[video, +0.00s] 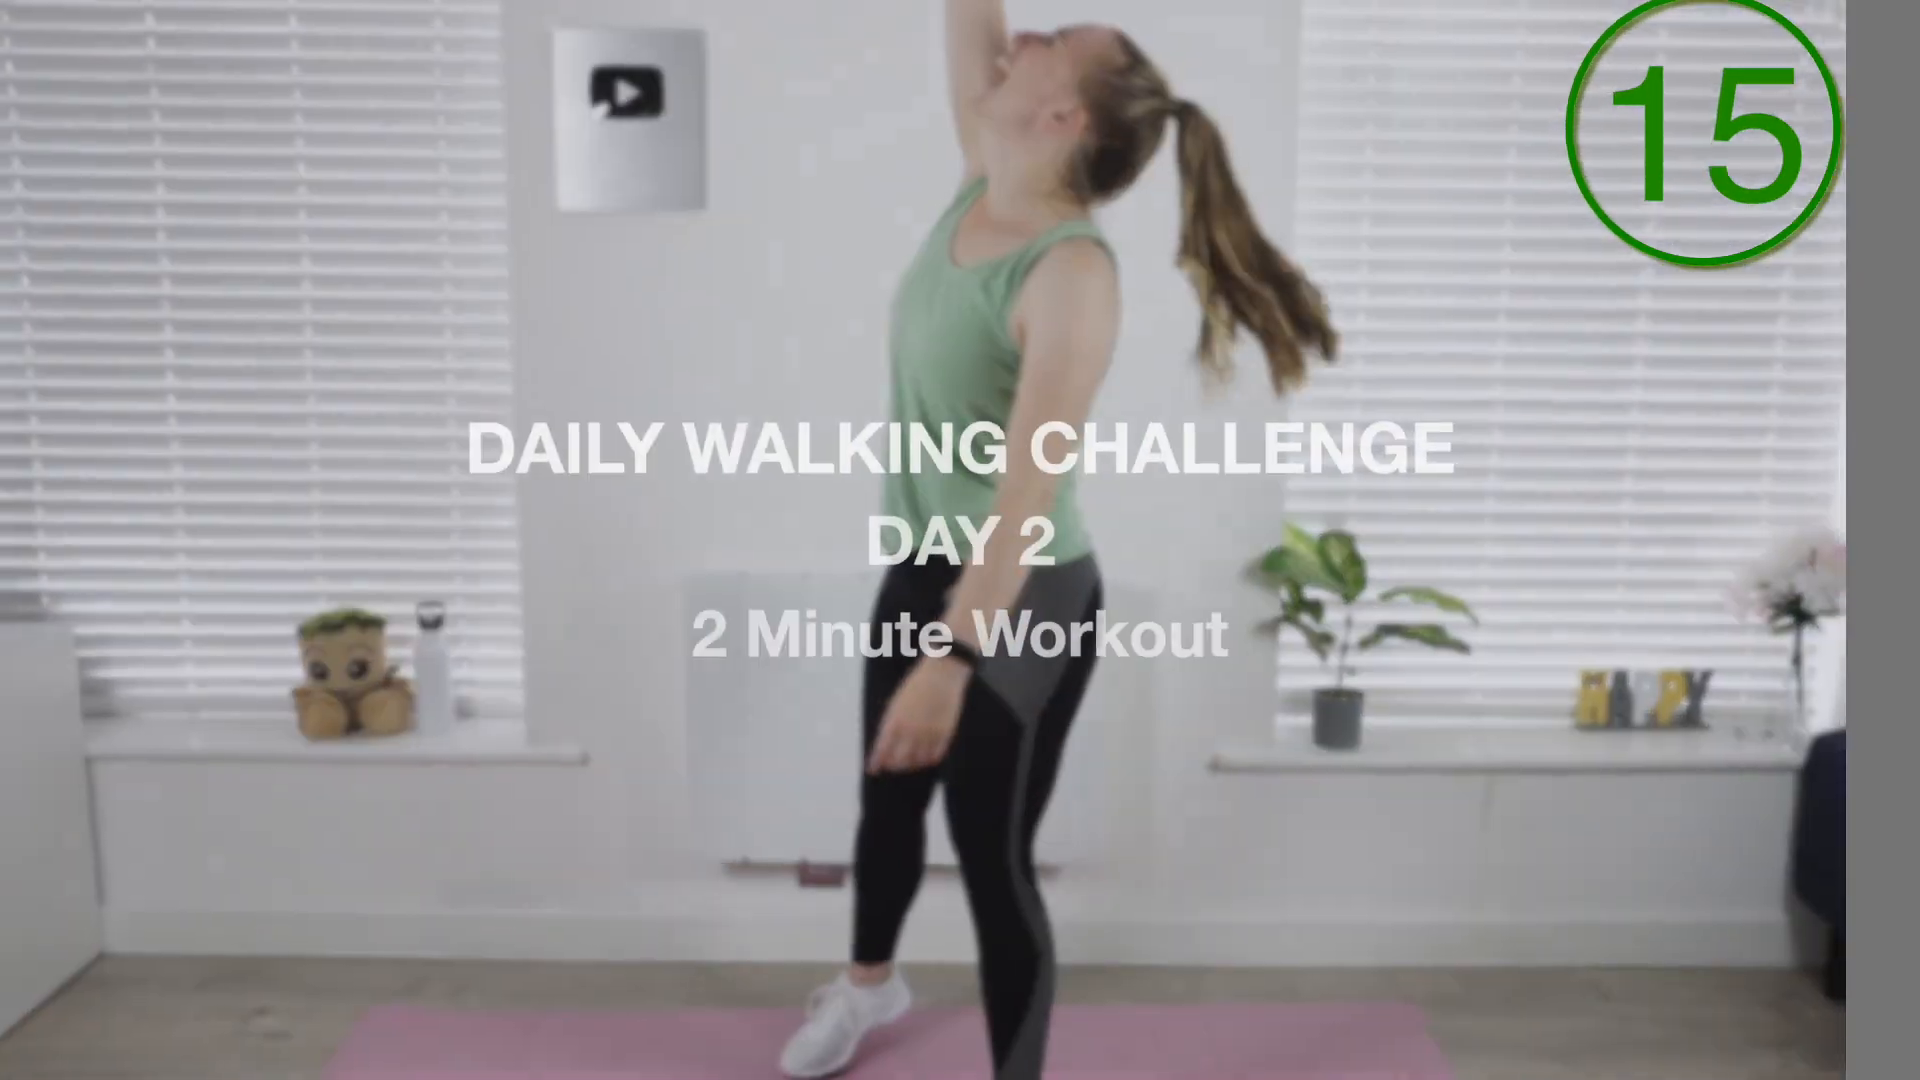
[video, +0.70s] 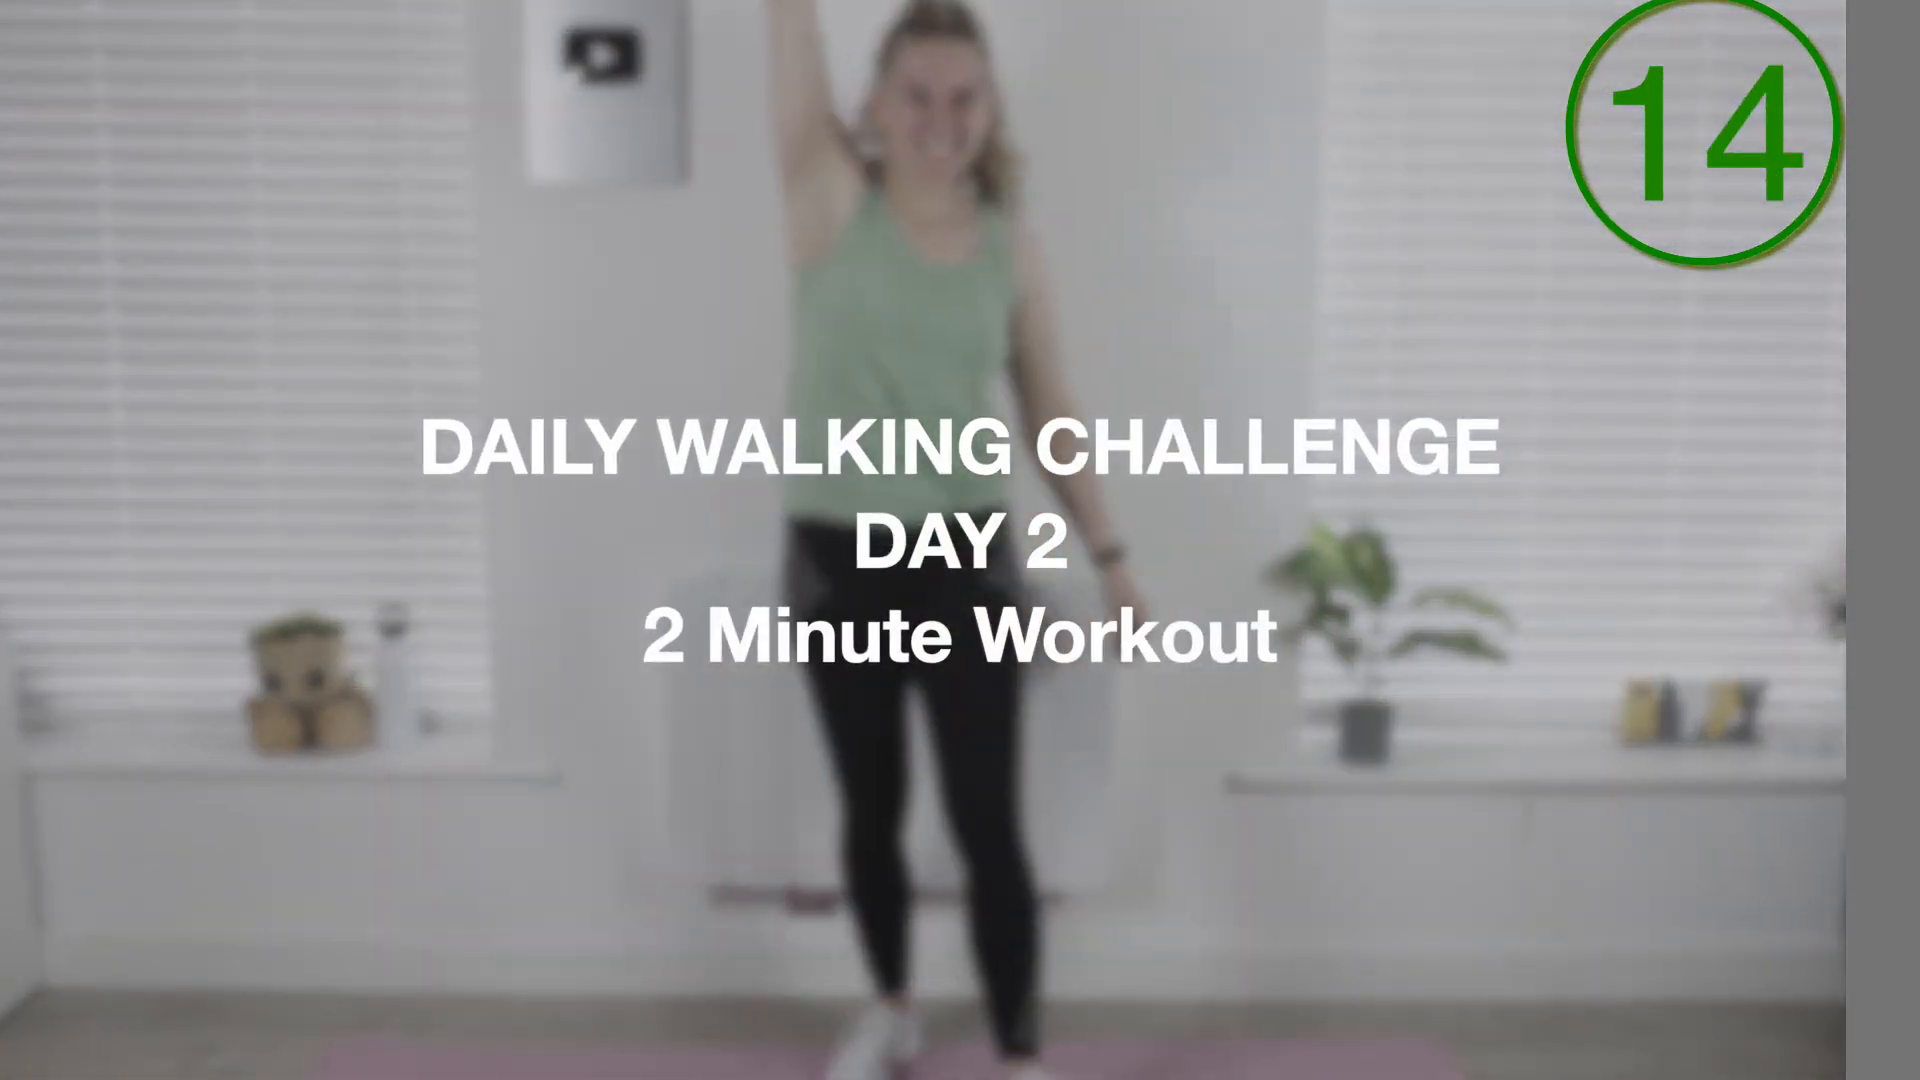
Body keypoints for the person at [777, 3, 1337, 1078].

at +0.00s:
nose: (1022, 38)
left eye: (1051, 44)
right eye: (1045, 32)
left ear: (1063, 122)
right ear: (1051, 121)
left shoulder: (1071, 275)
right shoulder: (990, 175)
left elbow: (1027, 501)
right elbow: (973, 5)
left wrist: (952, 660)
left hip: (1028, 591)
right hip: (927, 567)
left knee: (991, 845)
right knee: (887, 787)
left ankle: (1017, 1070)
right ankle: (867, 980)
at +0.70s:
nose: (939, 119)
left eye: (961, 99)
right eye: (917, 96)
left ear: (989, 114)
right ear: (875, 107)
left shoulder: (1006, 243)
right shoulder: (830, 197)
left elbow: (1052, 421)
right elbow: (788, 18)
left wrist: (1110, 561)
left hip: (967, 552)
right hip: (838, 548)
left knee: (985, 811)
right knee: (870, 798)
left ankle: (1019, 1050)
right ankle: (890, 1006)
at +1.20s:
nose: (906, 92)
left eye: (923, 71)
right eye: (882, 75)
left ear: (953, 85)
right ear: (848, 96)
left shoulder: (989, 217)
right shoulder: (833, 206)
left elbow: (1020, 379)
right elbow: (775, 33)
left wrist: (1055, 517)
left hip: (999, 520)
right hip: (874, 528)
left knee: (1050, 779)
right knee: (889, 783)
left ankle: (1110, 1009)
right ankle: (890, 1005)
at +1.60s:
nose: (990, 77)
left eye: (1009, 60)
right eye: (968, 59)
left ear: (1039, 85)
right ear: (935, 86)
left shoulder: (1067, 220)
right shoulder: (914, 198)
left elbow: (1103, 388)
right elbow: (864, 33)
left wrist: (1160, 532)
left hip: (1059, 532)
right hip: (934, 534)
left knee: (1080, 786)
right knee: (926, 783)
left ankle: (1116, 1018)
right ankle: (893, 1005)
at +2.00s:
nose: (1107, 88)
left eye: (1126, 70)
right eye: (1085, 69)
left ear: (1154, 94)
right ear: (1050, 90)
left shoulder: (1173, 236)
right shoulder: (1024, 205)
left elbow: (1181, 406)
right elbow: (983, 33)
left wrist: (1213, 552)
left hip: (1158, 555)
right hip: (1037, 552)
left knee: (1143, 805)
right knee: (989, 797)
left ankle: (1129, 1028)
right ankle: (909, 1007)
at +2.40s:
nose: (1162, 122)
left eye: (1191, 105)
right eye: (1147, 97)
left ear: (1231, 123)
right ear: (1121, 105)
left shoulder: (1249, 267)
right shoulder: (1070, 206)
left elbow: (1279, 450)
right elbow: (1003, 33)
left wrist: (1320, 591)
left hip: (1181, 558)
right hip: (1050, 550)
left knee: (1143, 813)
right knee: (987, 795)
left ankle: (1125, 1032)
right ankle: (907, 1007)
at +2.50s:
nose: (1175, 95)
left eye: (1205, 79)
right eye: (1160, 74)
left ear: (1247, 108)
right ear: (1135, 91)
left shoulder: (1262, 258)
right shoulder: (1081, 194)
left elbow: (1287, 441)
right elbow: (998, 31)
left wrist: (1319, 592)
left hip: (1181, 553)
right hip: (1050, 540)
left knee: (1141, 811)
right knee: (982, 789)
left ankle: (1127, 1030)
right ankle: (909, 1005)